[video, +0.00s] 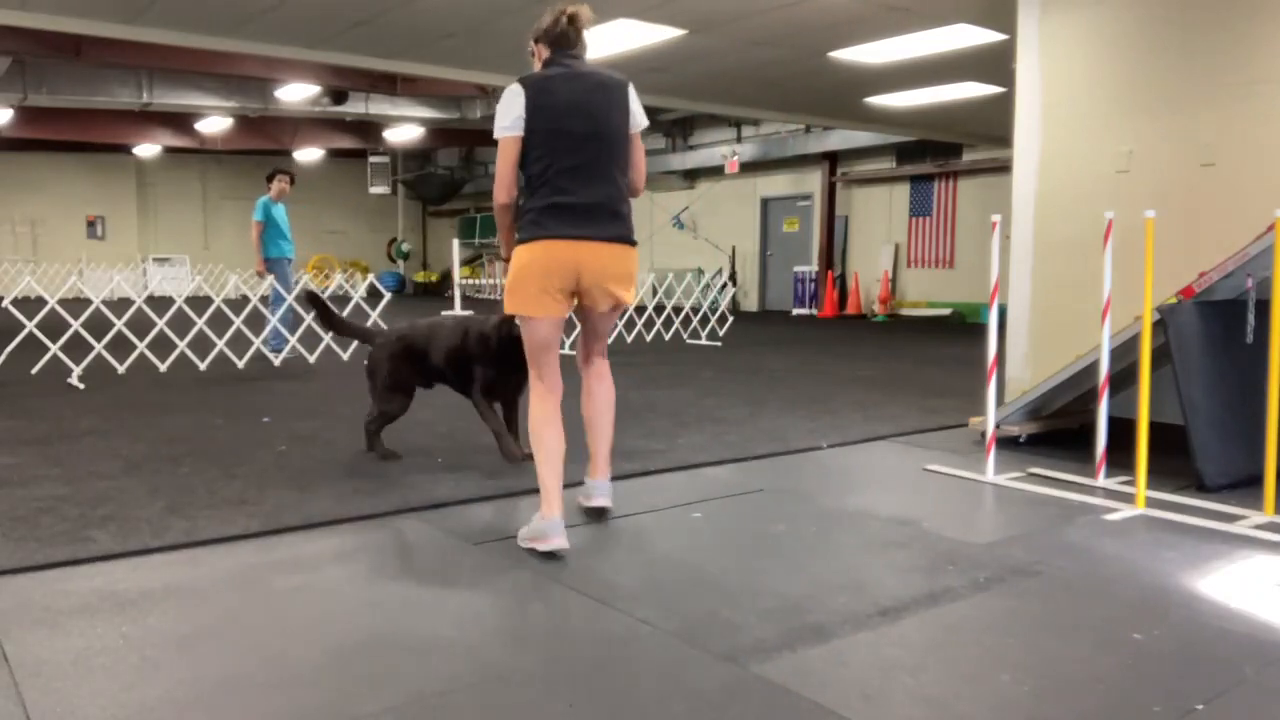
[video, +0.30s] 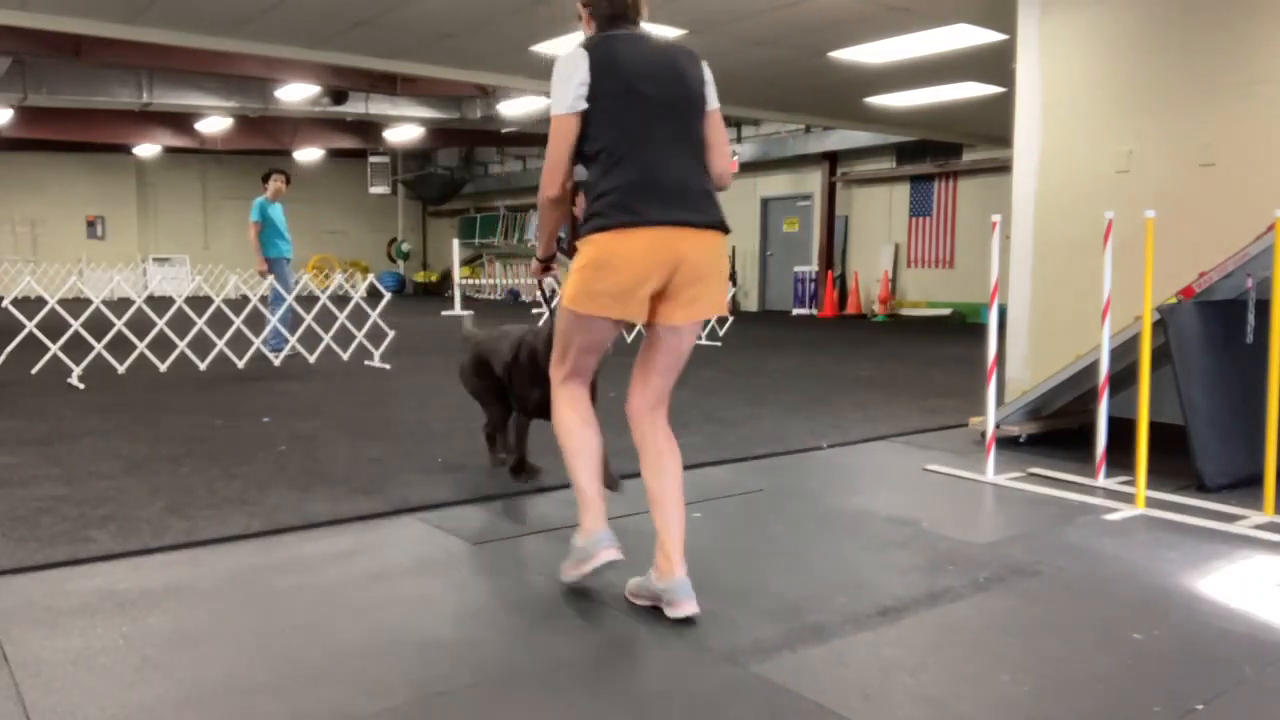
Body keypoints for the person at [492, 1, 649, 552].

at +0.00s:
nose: (531, 59)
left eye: (530, 53)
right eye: (533, 54)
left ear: (540, 51)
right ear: (584, 49)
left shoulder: (520, 94)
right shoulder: (621, 90)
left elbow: (504, 194)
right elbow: (637, 181)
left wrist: (507, 245)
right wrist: (601, 192)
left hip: (542, 250)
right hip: (611, 250)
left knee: (544, 382)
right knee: (595, 360)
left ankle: (550, 518)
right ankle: (599, 482)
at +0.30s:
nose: (578, 20)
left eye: (578, 14)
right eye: (581, 15)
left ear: (586, 14)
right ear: (642, 11)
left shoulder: (580, 60)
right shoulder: (690, 60)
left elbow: (554, 185)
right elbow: (722, 168)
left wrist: (543, 247)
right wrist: (656, 179)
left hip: (620, 240)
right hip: (703, 241)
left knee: (571, 377)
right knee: (651, 406)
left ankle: (594, 529)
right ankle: (672, 573)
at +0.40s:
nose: (595, 10)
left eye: (595, 5)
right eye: (596, 6)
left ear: (608, 4)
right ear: (662, 1)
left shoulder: (593, 44)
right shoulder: (722, 49)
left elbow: (573, 178)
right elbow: (744, 155)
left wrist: (557, 250)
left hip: (651, 227)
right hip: (740, 225)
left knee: (623, 399)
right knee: (681, 393)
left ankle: (647, 544)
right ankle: (679, 576)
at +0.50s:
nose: (616, 14)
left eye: (615, 10)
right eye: (617, 11)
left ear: (629, 4)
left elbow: (589, 181)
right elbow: (770, 143)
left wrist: (564, 268)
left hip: (685, 220)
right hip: (778, 216)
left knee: (678, 426)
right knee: (726, 403)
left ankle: (692, 630)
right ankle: (715, 588)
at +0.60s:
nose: (641, 14)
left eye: (642, 11)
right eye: (642, 12)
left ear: (658, 2)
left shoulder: (664, 25)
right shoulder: (783, 37)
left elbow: (622, 182)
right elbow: (802, 152)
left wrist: (581, 280)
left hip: (734, 237)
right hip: (835, 234)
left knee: (686, 441)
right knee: (764, 420)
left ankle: (692, 656)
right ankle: (833, 592)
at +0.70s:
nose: (679, 15)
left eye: (685, 14)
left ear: (702, 1)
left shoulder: (723, 7)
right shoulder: (820, 24)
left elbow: (677, 150)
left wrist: (615, 267)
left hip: (817, 216)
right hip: (913, 218)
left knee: (714, 434)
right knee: (830, 454)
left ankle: (684, 655)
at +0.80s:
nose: (726, 17)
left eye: (729, 8)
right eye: (725, 14)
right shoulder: (865, 23)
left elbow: (743, 137)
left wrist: (656, 265)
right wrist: (821, 302)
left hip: (910, 220)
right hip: (996, 223)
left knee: (759, 427)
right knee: (884, 475)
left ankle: (746, 678)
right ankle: (968, 704)